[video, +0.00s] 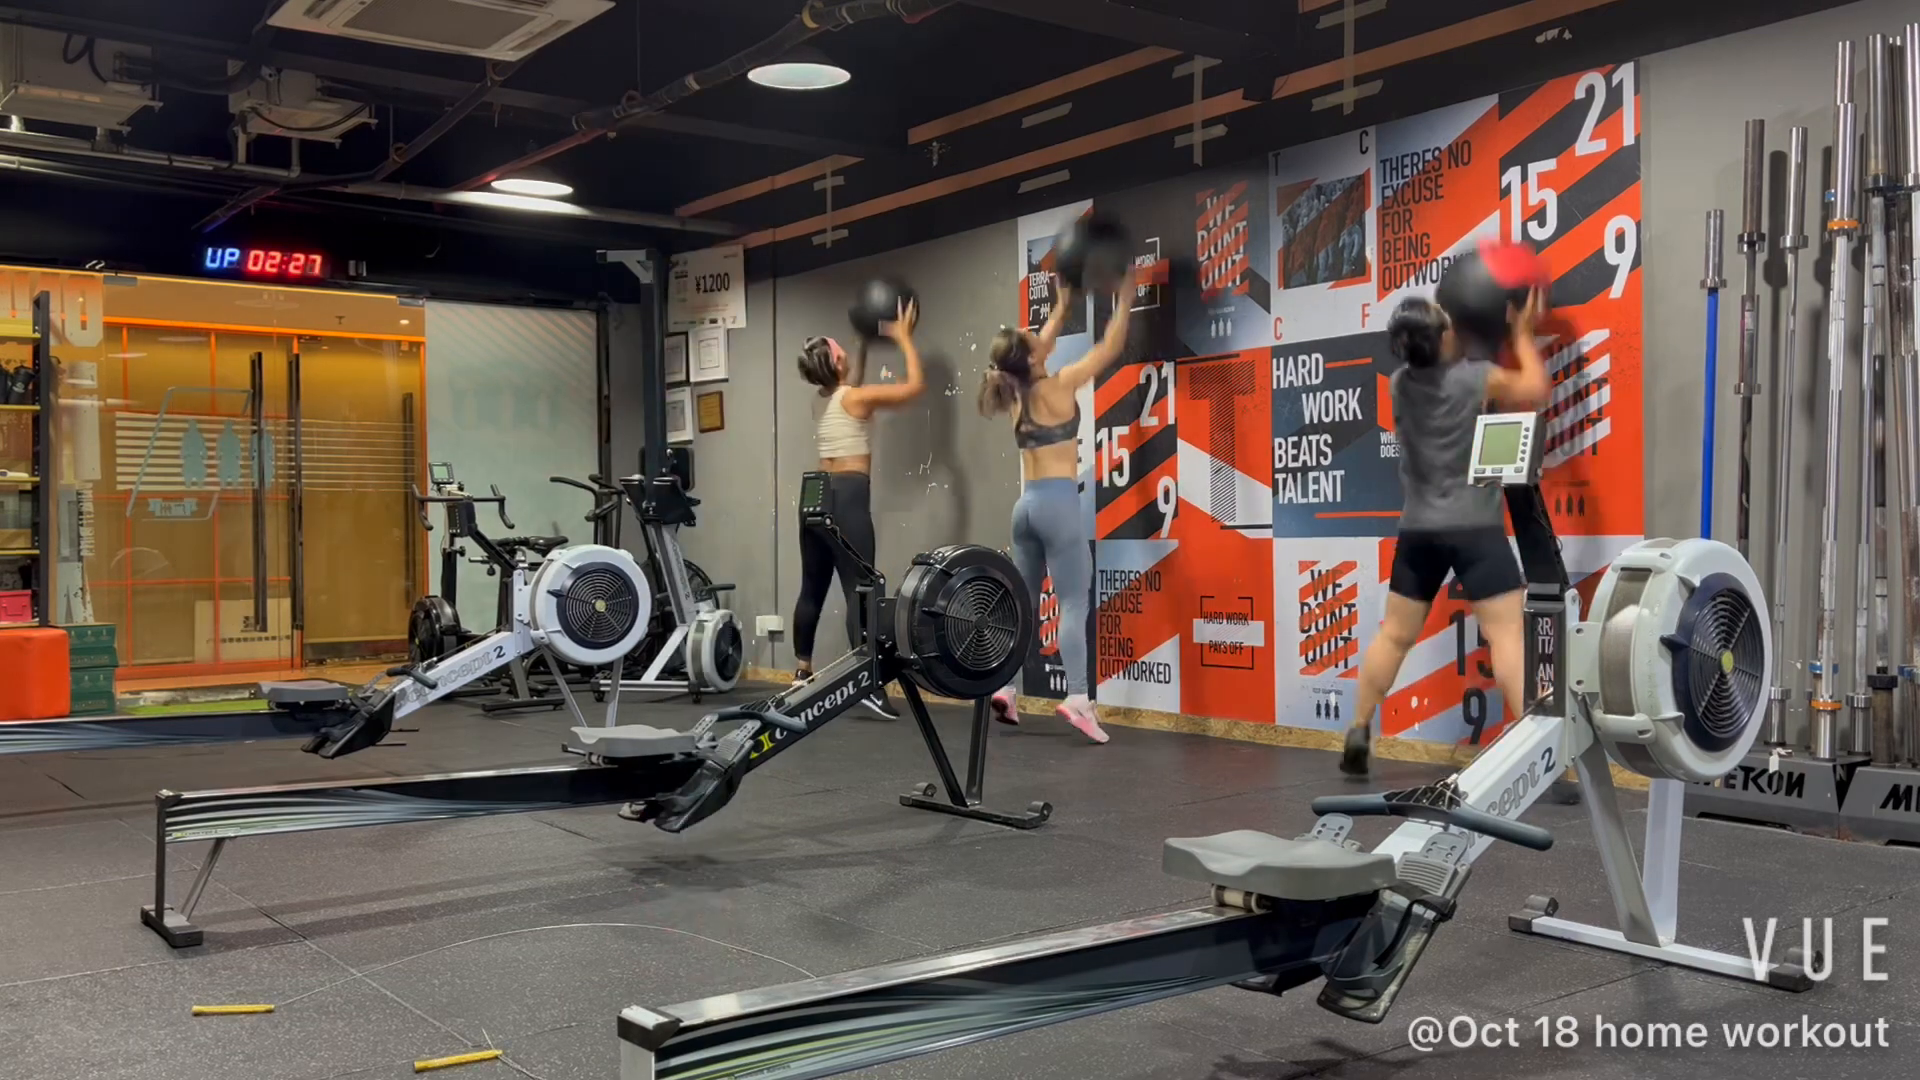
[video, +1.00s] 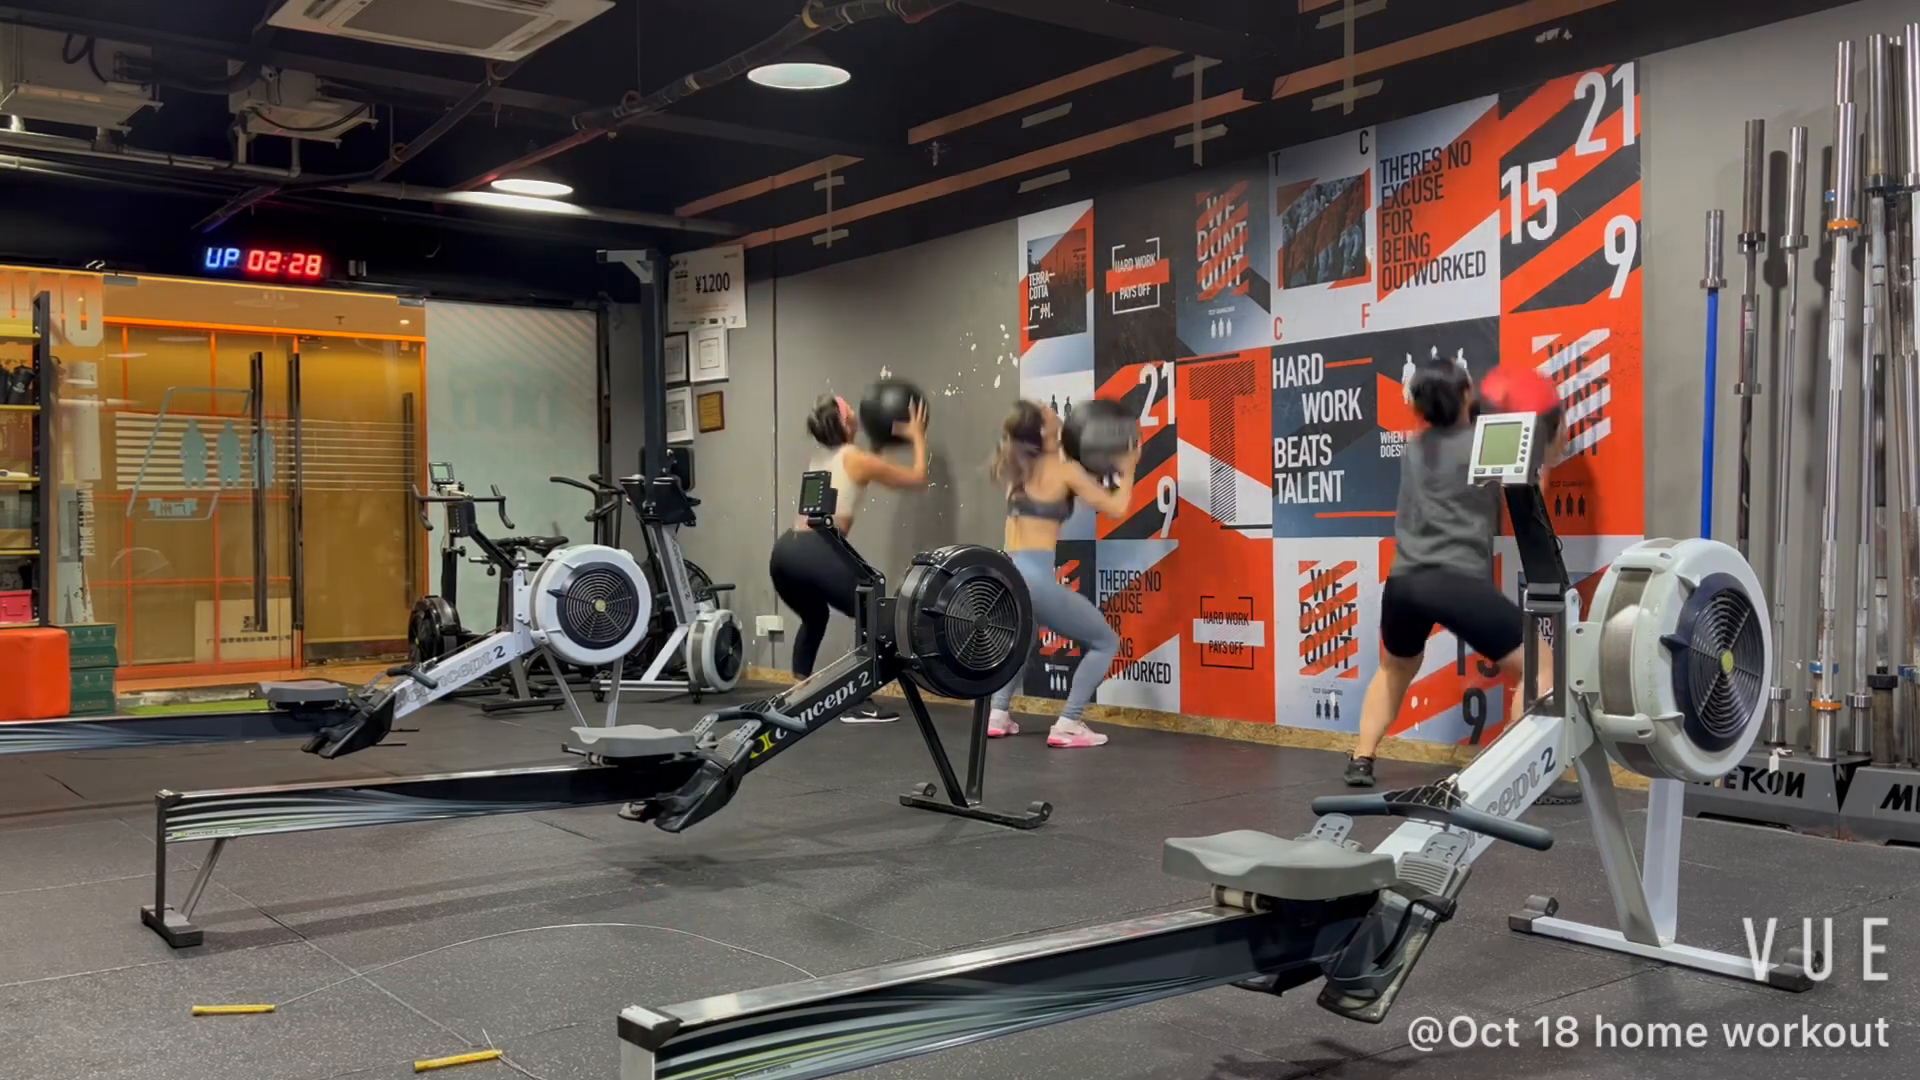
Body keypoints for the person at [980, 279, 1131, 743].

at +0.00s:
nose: (1040, 344)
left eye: (1036, 342)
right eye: (1034, 344)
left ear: (1010, 368)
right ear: (1031, 360)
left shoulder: (1014, 393)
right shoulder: (1060, 384)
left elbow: (1039, 344)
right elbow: (1109, 349)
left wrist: (1062, 300)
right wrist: (1125, 300)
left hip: (1027, 500)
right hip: (1059, 500)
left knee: (1022, 601)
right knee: (1073, 602)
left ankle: (1003, 687)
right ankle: (1077, 698)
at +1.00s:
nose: (1057, 417)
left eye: (1052, 412)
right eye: (1051, 416)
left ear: (1026, 436)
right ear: (1046, 435)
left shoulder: (1017, 465)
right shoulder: (1064, 469)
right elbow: (1118, 507)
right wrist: (1129, 469)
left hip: (1006, 571)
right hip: (1035, 577)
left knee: (1020, 638)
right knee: (1105, 641)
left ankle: (997, 714)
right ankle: (1068, 724)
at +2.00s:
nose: (1050, 346)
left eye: (1044, 344)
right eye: (1045, 345)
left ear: (1022, 367)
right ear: (1042, 362)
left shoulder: (1020, 395)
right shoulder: (1067, 387)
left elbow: (1037, 336)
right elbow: (1095, 328)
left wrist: (1051, 289)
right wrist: (1099, 273)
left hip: (1032, 509)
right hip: (1067, 509)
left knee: (1025, 607)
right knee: (1075, 611)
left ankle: (1007, 691)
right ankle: (1078, 704)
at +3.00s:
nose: (1059, 456)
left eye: (1053, 453)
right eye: (1053, 457)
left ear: (1026, 477)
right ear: (1047, 474)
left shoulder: (1019, 508)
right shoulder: (1069, 512)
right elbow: (1118, 555)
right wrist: (1123, 520)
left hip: (1006, 612)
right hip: (1040, 619)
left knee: (1027, 644)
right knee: (1118, 651)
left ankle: (999, 714)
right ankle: (1073, 724)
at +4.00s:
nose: (1057, 364)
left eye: (1050, 362)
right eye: (1052, 361)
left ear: (1024, 378)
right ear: (1046, 374)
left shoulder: (1022, 412)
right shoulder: (1068, 402)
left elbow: (1028, 354)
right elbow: (1093, 344)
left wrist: (1041, 300)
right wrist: (1101, 292)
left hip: (1042, 522)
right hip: (1074, 522)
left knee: (1027, 622)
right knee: (1074, 624)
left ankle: (1008, 709)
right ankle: (1072, 718)